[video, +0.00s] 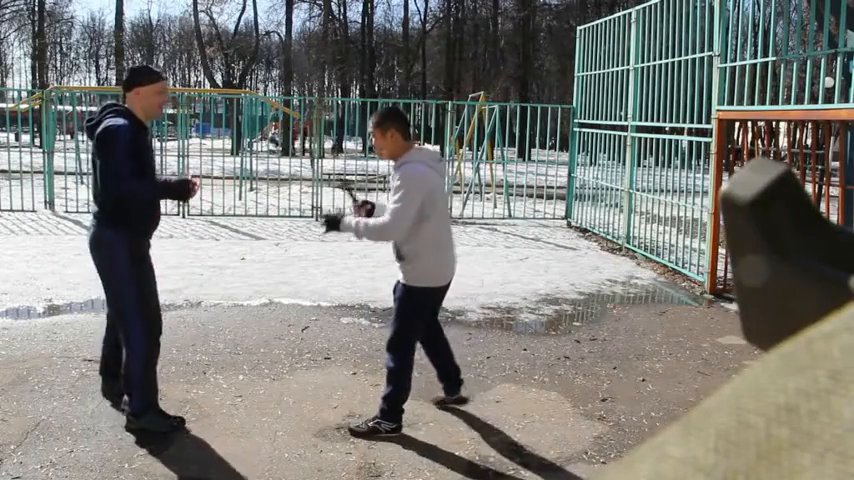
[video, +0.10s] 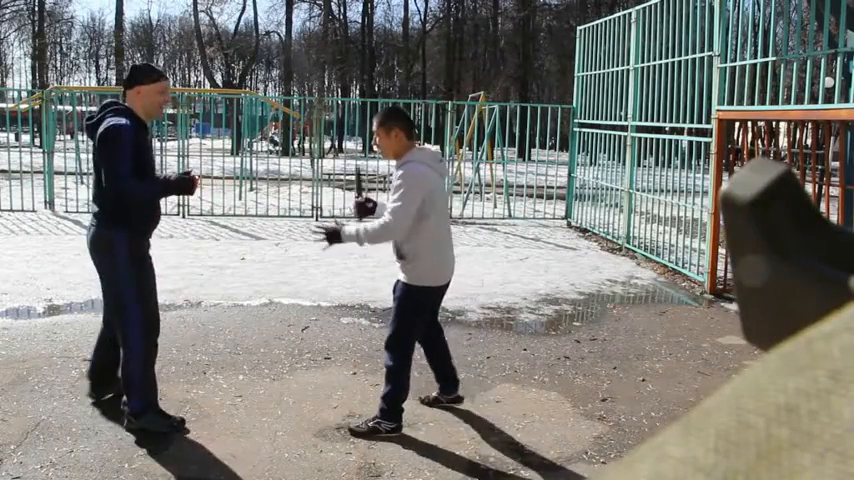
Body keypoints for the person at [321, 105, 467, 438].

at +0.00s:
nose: (374, 144)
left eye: (376, 137)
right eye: (373, 137)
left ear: (394, 135)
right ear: (398, 135)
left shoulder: (411, 173)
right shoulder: (423, 163)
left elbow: (392, 228)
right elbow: (412, 213)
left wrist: (346, 224)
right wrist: (376, 210)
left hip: (421, 276)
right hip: (436, 271)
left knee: (399, 346)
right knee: (428, 329)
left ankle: (389, 418)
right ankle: (453, 388)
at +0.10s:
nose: (375, 144)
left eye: (379, 136)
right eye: (375, 137)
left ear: (398, 135)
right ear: (401, 135)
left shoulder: (412, 173)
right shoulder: (426, 164)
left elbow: (393, 226)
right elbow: (416, 213)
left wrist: (346, 233)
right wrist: (379, 209)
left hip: (420, 275)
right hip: (437, 270)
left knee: (398, 345)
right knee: (428, 329)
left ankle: (389, 419)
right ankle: (449, 389)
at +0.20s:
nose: (382, 145)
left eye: (385, 137)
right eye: (381, 138)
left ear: (403, 136)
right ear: (406, 137)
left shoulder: (416, 174)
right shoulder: (428, 163)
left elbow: (408, 229)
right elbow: (414, 218)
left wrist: (362, 237)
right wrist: (376, 214)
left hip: (422, 275)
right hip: (437, 271)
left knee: (396, 344)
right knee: (432, 331)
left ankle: (388, 417)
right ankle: (451, 392)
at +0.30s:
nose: (385, 143)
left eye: (388, 136)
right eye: (384, 137)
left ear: (407, 135)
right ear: (407, 136)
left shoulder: (422, 172)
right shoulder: (422, 163)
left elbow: (428, 228)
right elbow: (413, 215)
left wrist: (387, 231)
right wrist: (376, 210)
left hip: (427, 274)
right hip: (438, 269)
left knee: (400, 342)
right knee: (437, 332)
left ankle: (392, 415)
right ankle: (452, 393)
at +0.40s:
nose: (389, 140)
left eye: (392, 133)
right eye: (388, 134)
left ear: (412, 132)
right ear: (409, 133)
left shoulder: (432, 167)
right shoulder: (415, 162)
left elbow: (442, 221)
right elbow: (411, 206)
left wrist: (396, 213)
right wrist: (376, 202)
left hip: (430, 269)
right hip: (426, 265)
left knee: (405, 339)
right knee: (435, 327)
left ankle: (422, 406)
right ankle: (451, 391)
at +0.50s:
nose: (392, 138)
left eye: (396, 132)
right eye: (391, 132)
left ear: (416, 131)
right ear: (411, 133)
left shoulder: (441, 166)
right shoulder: (414, 164)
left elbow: (442, 217)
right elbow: (407, 209)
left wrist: (401, 192)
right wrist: (371, 210)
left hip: (431, 269)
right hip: (416, 266)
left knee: (418, 338)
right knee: (426, 331)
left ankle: (444, 400)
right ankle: (445, 389)